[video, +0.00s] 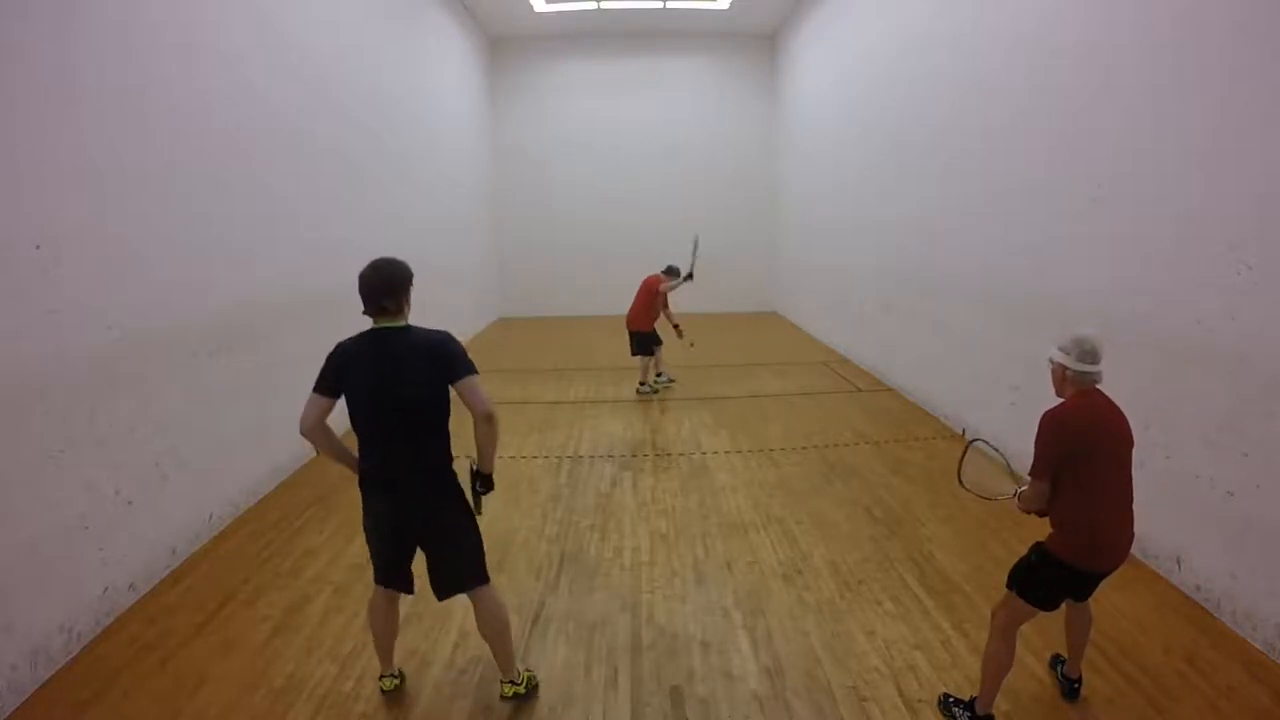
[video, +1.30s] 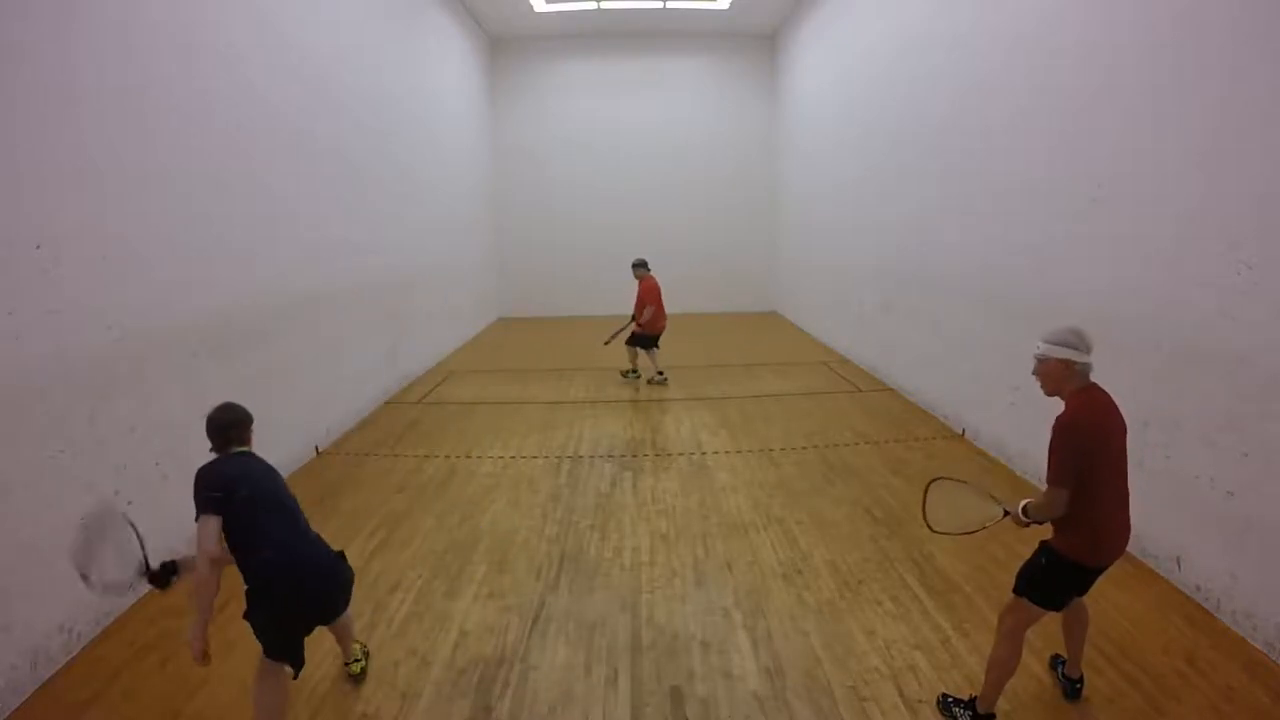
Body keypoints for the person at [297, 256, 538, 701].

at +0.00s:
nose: (411, 296)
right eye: (409, 291)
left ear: (363, 301)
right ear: (407, 297)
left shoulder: (346, 354)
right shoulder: (440, 345)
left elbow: (311, 425)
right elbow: (484, 411)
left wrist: (355, 465)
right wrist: (484, 470)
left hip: (381, 494)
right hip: (438, 490)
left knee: (386, 586)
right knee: (479, 586)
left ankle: (387, 673)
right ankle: (511, 678)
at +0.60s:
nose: (370, 323)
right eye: (368, 318)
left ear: (318, 327)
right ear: (364, 324)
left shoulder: (295, 385)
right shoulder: (395, 377)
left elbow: (260, 463)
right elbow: (448, 452)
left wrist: (307, 489)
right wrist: (459, 511)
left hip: (333, 540)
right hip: (395, 534)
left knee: (345, 635)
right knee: (449, 628)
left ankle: (349, 716)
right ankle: (498, 711)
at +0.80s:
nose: (336, 311)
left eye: (333, 303)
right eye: (334, 304)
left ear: (283, 314)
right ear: (327, 311)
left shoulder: (257, 369)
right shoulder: (357, 363)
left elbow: (217, 448)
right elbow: (414, 436)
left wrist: (258, 497)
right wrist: (425, 496)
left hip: (292, 526)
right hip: (355, 519)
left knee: (289, 629)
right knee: (409, 616)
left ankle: (286, 716)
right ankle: (456, 707)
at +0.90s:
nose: (317, 344)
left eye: (313, 337)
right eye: (316, 338)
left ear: (266, 348)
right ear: (310, 344)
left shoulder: (244, 407)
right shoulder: (341, 396)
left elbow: (211, 492)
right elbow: (404, 467)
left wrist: (242, 546)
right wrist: (418, 519)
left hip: (282, 558)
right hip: (346, 552)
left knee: (269, 658)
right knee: (397, 642)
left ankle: (261, 718)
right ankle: (438, 715)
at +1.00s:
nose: (294, 370)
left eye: (291, 364)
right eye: (292, 365)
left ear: (244, 378)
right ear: (287, 372)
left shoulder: (225, 436)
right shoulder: (319, 423)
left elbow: (202, 525)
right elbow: (376, 494)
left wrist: (222, 576)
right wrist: (380, 538)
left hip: (267, 578)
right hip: (327, 570)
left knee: (265, 667)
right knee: (383, 644)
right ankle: (429, 713)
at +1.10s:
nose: (270, 389)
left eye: (267, 383)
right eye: (269, 384)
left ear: (223, 396)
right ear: (265, 390)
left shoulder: (205, 449)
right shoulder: (295, 432)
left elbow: (184, 538)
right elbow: (327, 503)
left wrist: (202, 588)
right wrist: (308, 534)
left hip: (262, 576)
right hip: (318, 560)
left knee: (265, 664)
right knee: (352, 614)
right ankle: (404, 683)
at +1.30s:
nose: (251, 433)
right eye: (250, 429)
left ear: (212, 443)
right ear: (250, 434)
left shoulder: (211, 475)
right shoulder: (261, 467)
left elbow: (209, 555)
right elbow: (260, 538)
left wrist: (200, 627)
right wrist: (215, 559)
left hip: (275, 591)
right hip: (321, 572)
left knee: (274, 664)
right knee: (336, 612)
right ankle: (353, 658)